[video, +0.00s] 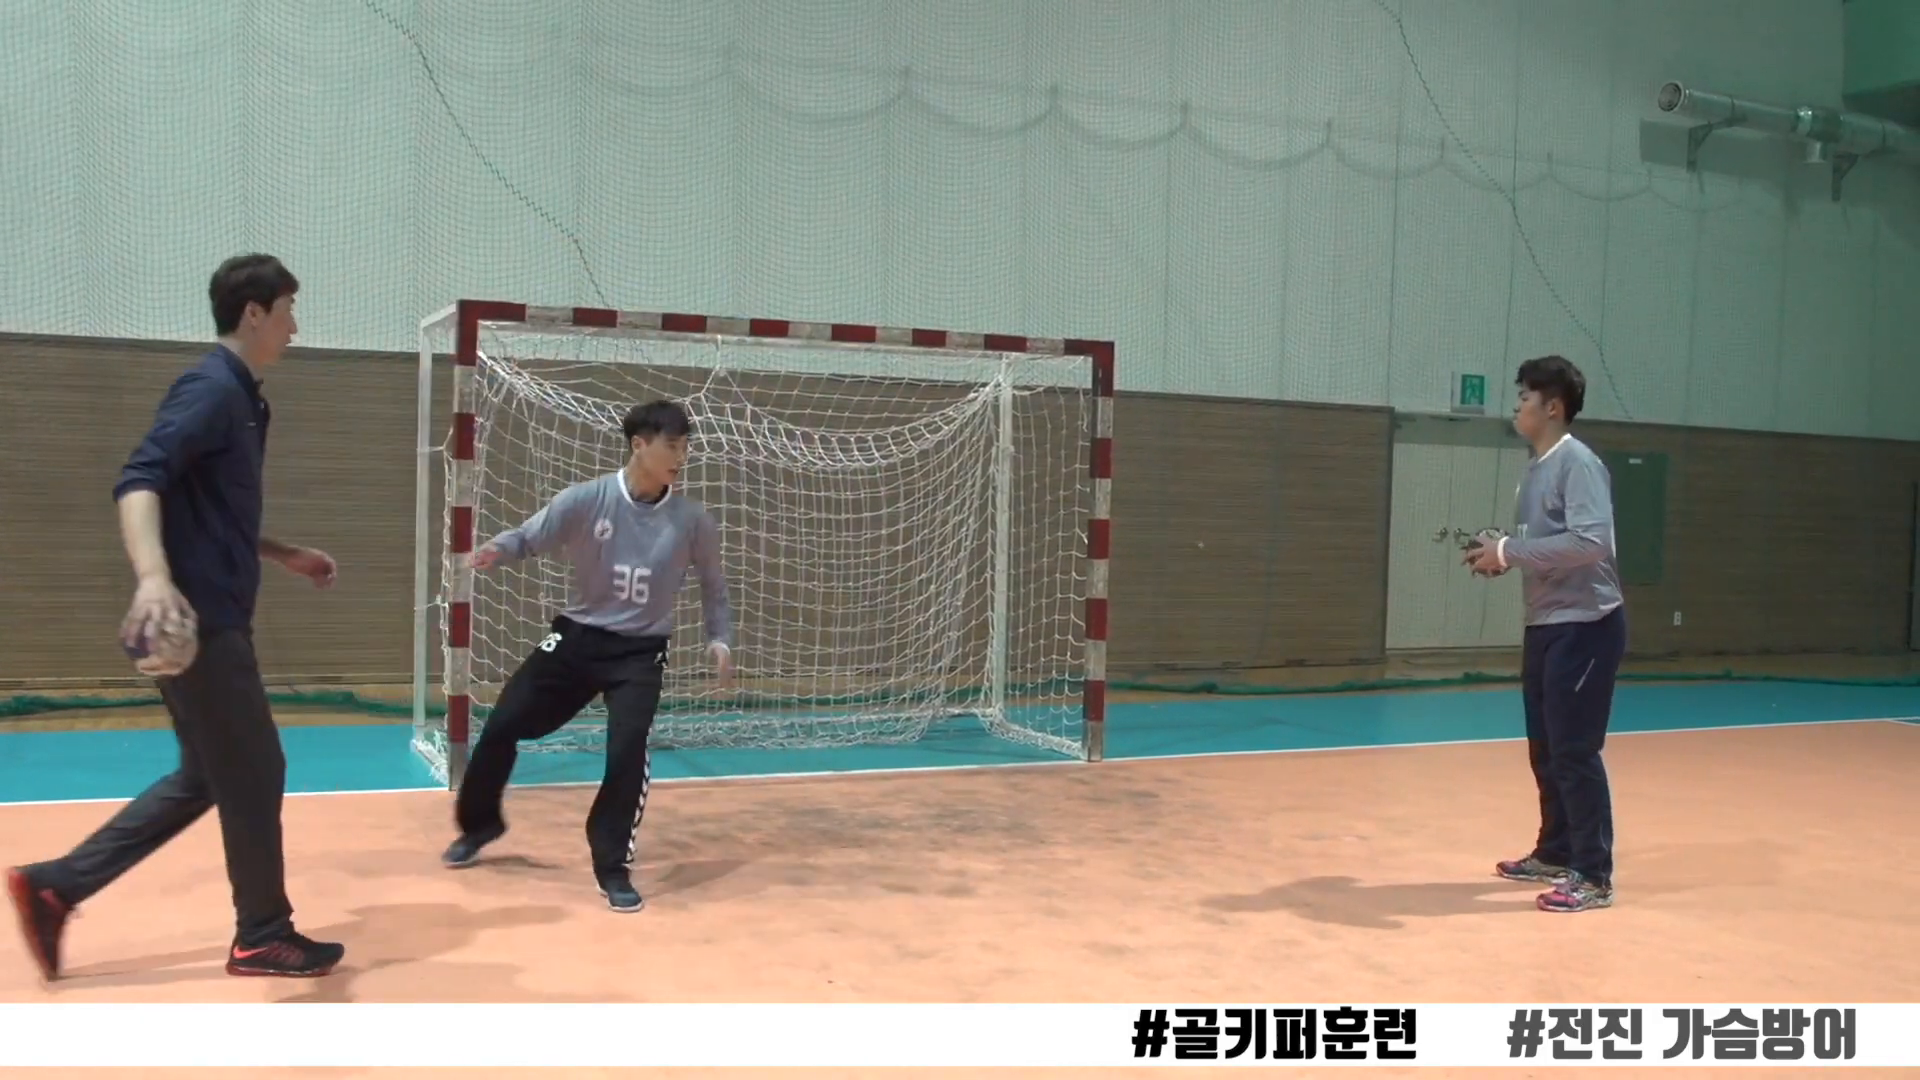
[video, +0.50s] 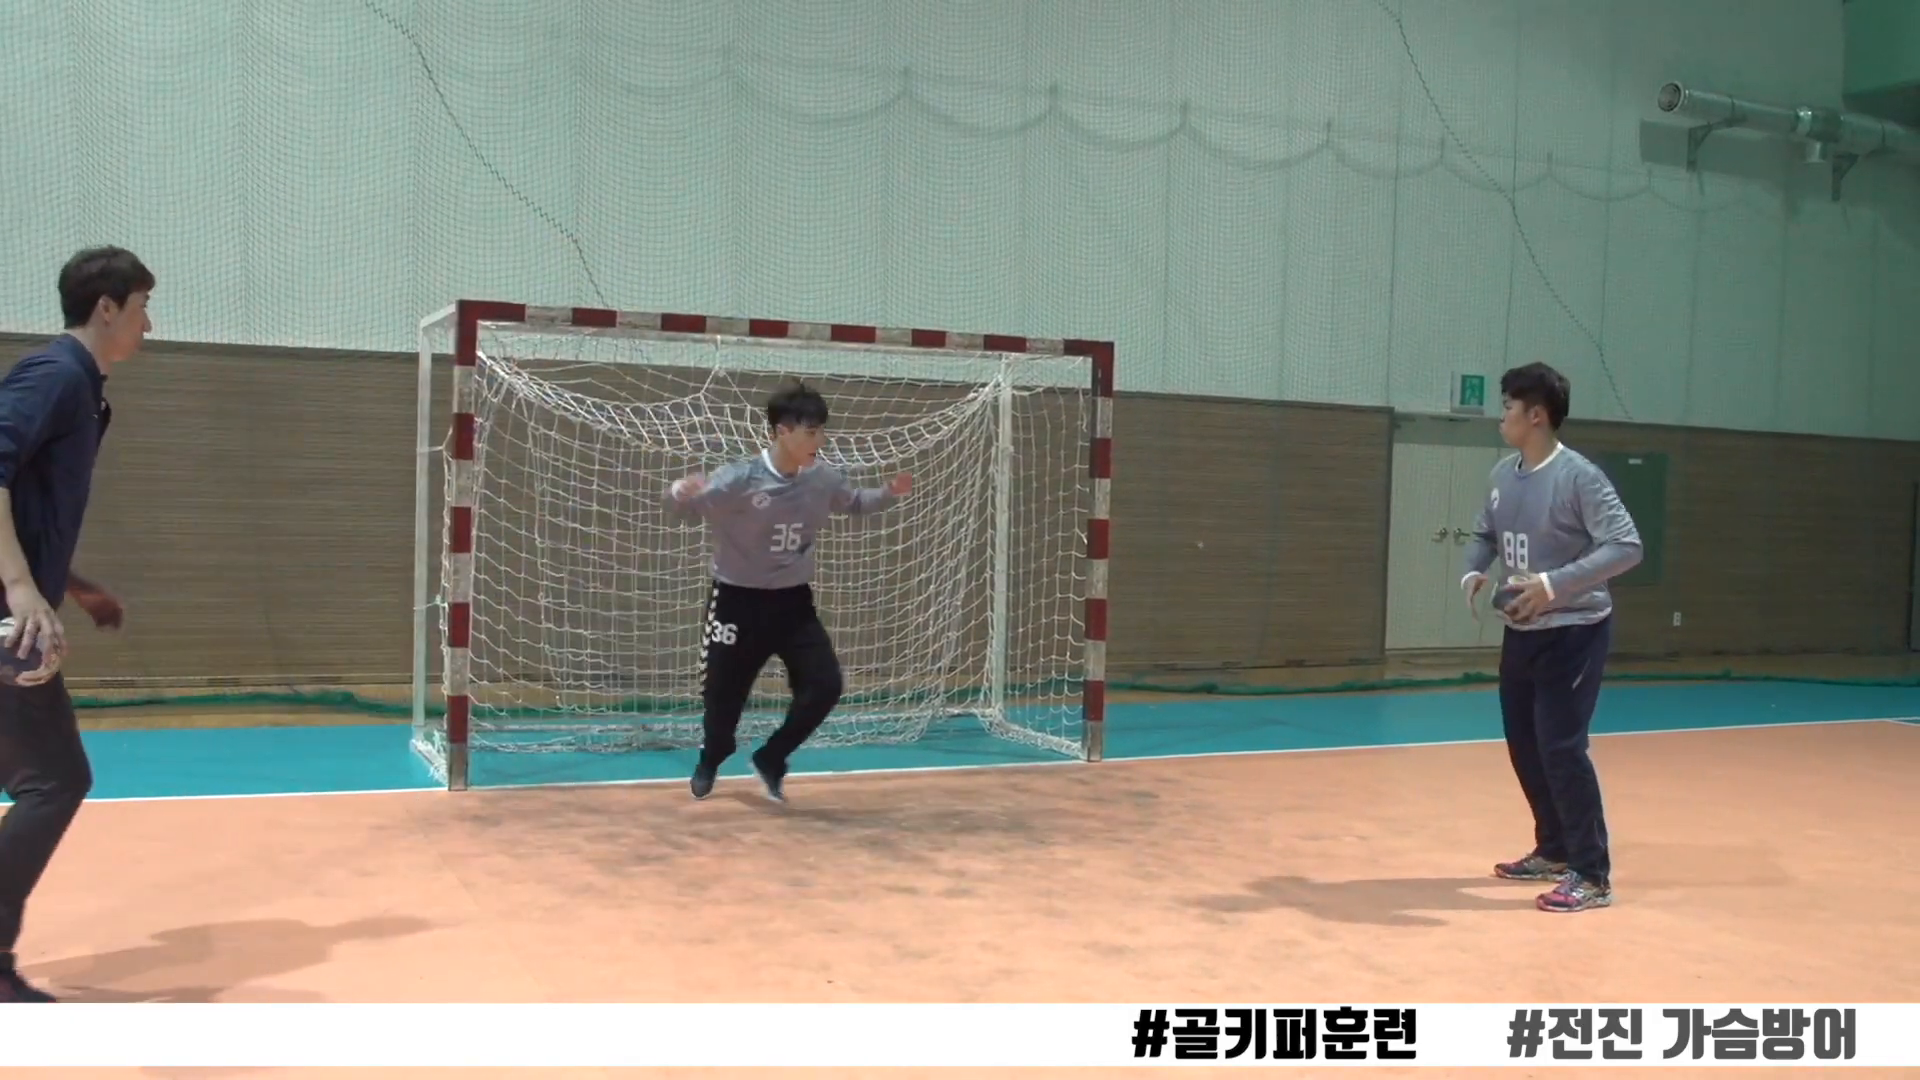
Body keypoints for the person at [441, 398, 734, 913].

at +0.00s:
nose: (681, 456)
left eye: (685, 446)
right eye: (672, 446)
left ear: (686, 449)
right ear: (639, 445)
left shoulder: (694, 521)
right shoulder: (587, 500)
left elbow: (715, 594)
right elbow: (527, 537)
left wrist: (721, 642)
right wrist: (495, 550)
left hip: (641, 654)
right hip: (576, 643)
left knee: (627, 755)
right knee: (502, 725)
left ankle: (614, 868)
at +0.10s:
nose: (695, 435)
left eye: (698, 425)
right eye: (684, 424)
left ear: (698, 431)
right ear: (652, 427)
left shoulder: (707, 500)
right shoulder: (604, 484)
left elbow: (714, 556)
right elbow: (552, 526)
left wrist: (717, 603)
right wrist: (530, 557)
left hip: (662, 625)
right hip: (600, 621)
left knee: (657, 730)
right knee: (561, 729)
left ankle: (646, 846)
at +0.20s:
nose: (710, 436)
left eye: (712, 426)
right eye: (699, 426)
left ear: (715, 433)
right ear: (668, 430)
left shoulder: (720, 499)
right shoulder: (627, 491)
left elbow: (732, 554)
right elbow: (577, 532)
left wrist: (762, 579)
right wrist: (544, 556)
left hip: (688, 626)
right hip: (626, 623)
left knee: (685, 709)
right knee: (597, 725)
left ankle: (684, 806)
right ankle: (580, 816)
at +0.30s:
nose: (737, 424)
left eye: (740, 415)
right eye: (727, 414)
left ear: (742, 420)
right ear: (699, 417)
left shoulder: (757, 479)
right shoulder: (661, 473)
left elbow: (795, 506)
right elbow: (604, 503)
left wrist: (832, 490)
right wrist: (572, 486)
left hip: (717, 613)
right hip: (657, 606)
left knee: (719, 723)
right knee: (608, 706)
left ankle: (710, 778)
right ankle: (577, 814)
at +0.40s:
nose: (777, 425)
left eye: (780, 416)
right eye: (768, 415)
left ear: (781, 418)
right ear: (740, 415)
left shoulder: (790, 467)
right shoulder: (697, 467)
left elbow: (836, 473)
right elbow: (630, 476)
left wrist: (860, 450)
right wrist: (630, 439)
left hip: (755, 600)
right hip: (701, 595)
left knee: (753, 701)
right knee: (667, 692)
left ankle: (715, 787)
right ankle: (643, 779)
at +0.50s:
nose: (819, 442)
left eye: (820, 433)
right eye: (811, 432)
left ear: (818, 435)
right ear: (781, 432)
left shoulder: (824, 479)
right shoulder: (738, 479)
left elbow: (853, 500)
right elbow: (684, 508)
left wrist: (888, 492)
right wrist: (680, 494)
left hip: (793, 604)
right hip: (738, 604)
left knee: (824, 687)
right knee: (722, 698)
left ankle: (772, 758)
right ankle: (712, 758)